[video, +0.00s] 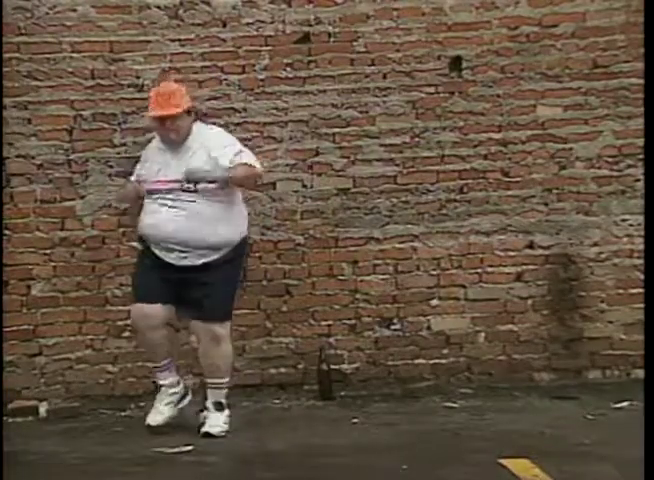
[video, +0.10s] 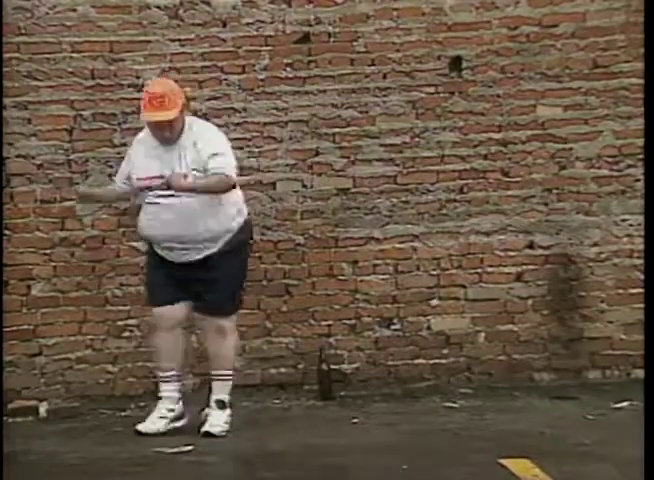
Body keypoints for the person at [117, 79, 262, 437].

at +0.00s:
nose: (167, 127)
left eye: (174, 118)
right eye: (160, 120)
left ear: (190, 113)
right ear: (152, 120)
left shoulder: (213, 139)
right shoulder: (153, 150)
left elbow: (254, 175)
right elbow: (139, 193)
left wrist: (218, 177)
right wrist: (132, 194)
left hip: (215, 255)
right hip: (160, 252)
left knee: (212, 330)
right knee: (145, 316)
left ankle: (217, 406)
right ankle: (171, 387)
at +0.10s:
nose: (163, 128)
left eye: (169, 121)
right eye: (155, 122)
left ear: (182, 111)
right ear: (145, 117)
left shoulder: (207, 136)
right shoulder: (140, 145)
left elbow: (226, 180)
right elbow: (124, 192)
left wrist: (187, 185)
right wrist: (87, 193)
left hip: (219, 245)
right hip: (166, 247)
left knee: (218, 324)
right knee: (165, 319)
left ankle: (219, 406)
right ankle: (170, 403)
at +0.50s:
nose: (170, 122)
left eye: (177, 114)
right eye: (164, 116)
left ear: (194, 104)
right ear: (156, 112)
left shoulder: (219, 138)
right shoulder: (154, 135)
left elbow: (235, 191)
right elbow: (136, 179)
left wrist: (218, 229)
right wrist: (127, 217)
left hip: (195, 243)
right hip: (149, 246)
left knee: (196, 317)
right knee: (159, 329)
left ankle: (237, 389)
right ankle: (180, 408)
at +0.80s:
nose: (164, 115)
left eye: (171, 108)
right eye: (161, 109)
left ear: (193, 109)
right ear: (162, 112)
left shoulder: (212, 138)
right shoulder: (175, 148)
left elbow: (240, 180)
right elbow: (174, 196)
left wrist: (202, 196)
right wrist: (139, 202)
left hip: (207, 250)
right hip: (163, 253)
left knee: (206, 335)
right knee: (132, 320)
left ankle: (233, 412)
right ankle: (167, 394)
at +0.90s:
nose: (151, 111)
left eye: (158, 105)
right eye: (148, 105)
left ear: (180, 107)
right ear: (148, 109)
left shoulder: (202, 137)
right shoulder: (156, 149)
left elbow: (216, 182)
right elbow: (150, 200)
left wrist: (168, 182)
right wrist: (107, 201)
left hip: (217, 246)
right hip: (172, 253)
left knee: (216, 330)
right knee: (149, 321)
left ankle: (234, 411)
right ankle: (170, 403)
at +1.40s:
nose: (150, 117)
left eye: (155, 109)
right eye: (146, 111)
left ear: (176, 100)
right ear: (145, 109)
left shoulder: (210, 129)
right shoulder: (148, 135)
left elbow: (229, 172)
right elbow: (144, 181)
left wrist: (214, 215)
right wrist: (133, 222)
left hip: (191, 242)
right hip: (141, 243)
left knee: (199, 329)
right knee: (148, 328)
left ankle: (217, 407)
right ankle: (173, 408)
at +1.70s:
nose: (164, 111)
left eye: (171, 104)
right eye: (160, 105)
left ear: (193, 105)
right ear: (156, 107)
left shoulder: (216, 140)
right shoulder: (154, 141)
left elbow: (246, 192)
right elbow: (135, 184)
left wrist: (218, 188)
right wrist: (100, 185)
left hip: (200, 252)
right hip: (146, 251)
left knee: (200, 334)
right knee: (124, 322)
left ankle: (217, 411)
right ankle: (161, 395)